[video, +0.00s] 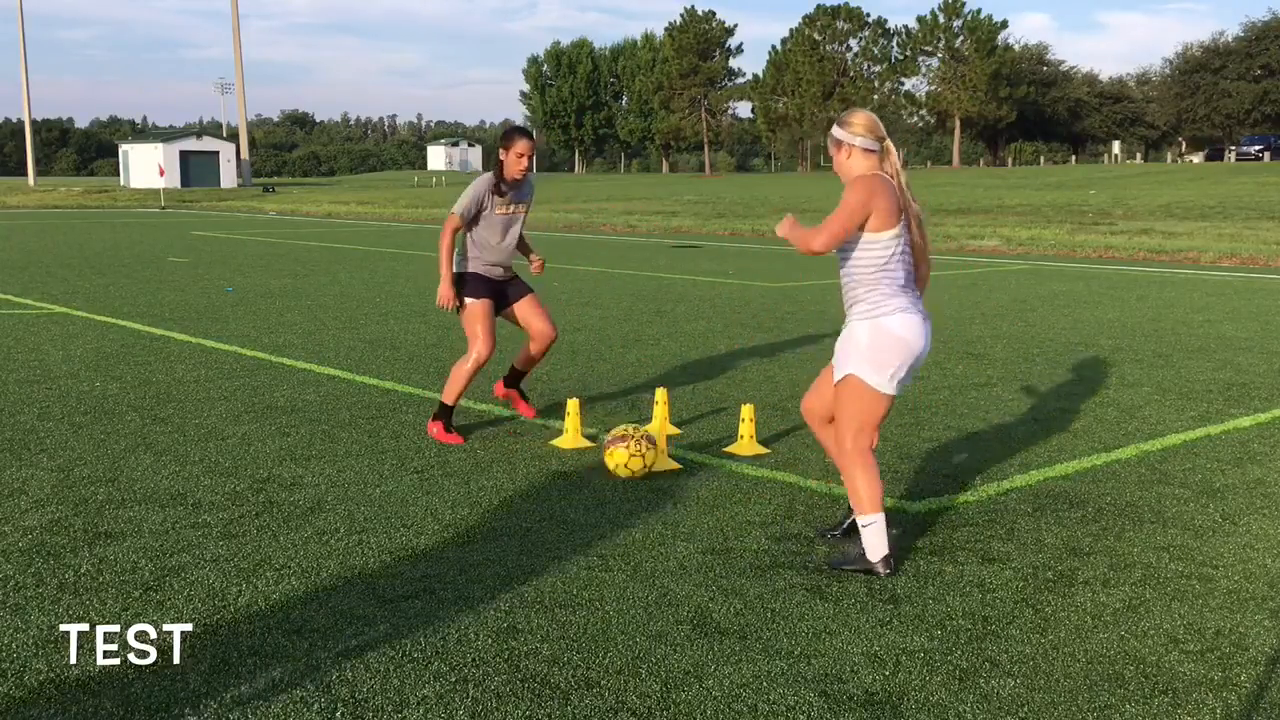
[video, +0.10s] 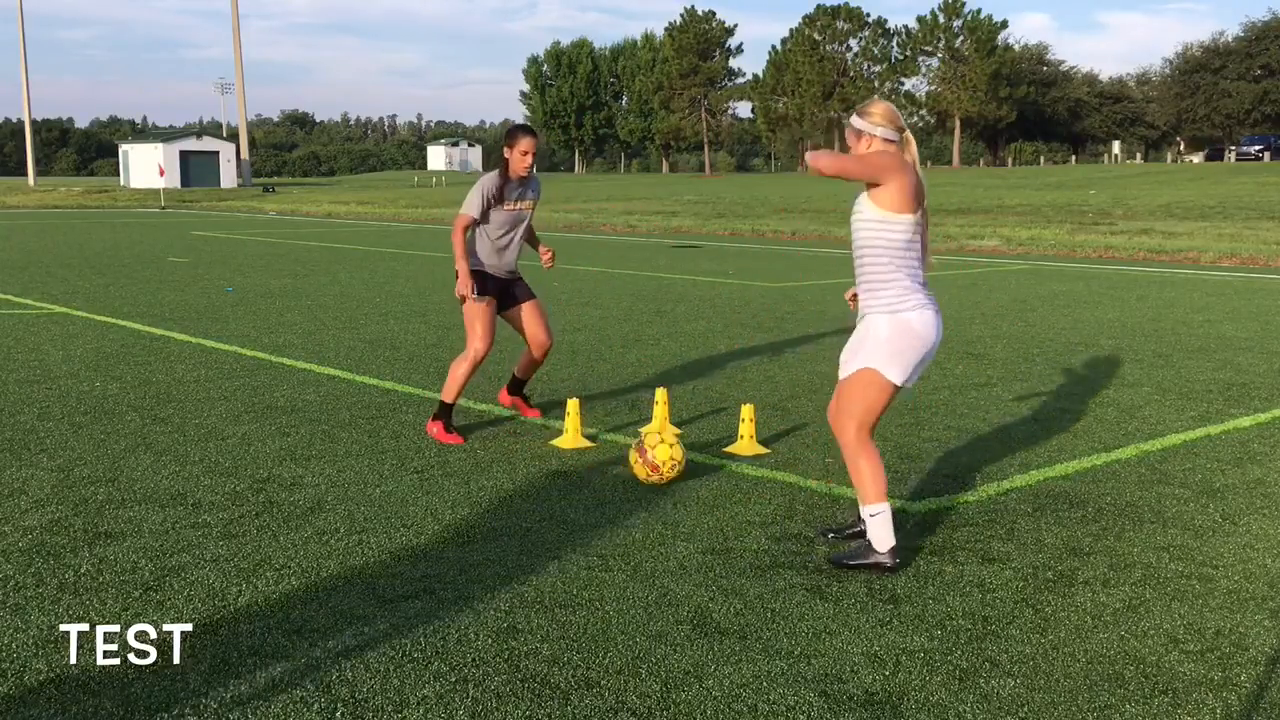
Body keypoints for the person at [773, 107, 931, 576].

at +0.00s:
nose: (832, 161)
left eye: (833, 152)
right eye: (832, 152)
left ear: (847, 149)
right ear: (873, 150)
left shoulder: (864, 187)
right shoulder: (894, 192)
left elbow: (821, 242)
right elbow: (921, 265)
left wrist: (792, 231)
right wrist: (901, 308)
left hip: (881, 327)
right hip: (901, 323)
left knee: (855, 440)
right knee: (815, 407)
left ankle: (877, 554)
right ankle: (865, 506)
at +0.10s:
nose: (849, 146)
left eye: (853, 137)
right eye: (849, 138)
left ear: (871, 136)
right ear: (888, 138)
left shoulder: (892, 165)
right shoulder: (901, 178)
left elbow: (819, 163)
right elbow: (917, 261)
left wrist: (818, 158)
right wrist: (868, 288)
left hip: (903, 319)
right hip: (890, 316)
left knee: (851, 423)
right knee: (840, 413)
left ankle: (882, 546)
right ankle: (872, 519)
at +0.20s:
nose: (870, 127)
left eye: (876, 113)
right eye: (870, 117)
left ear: (896, 117)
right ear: (913, 121)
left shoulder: (911, 148)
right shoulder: (924, 169)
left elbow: (881, 105)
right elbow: (947, 237)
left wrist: (845, 120)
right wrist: (940, 273)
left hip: (909, 303)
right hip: (890, 304)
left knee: (858, 411)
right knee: (844, 404)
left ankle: (931, 504)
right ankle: (871, 514)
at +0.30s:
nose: (879, 152)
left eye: (882, 143)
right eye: (879, 143)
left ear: (900, 138)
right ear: (919, 138)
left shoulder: (920, 157)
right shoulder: (941, 175)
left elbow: (906, 169)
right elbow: (981, 230)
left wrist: (869, 186)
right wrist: (1029, 257)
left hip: (924, 311)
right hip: (895, 311)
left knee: (896, 424)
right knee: (832, 392)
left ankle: (950, 523)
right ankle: (859, 503)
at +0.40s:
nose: (887, 168)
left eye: (889, 158)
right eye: (886, 159)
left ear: (909, 151)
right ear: (920, 150)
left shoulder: (928, 186)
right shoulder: (953, 190)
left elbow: (918, 243)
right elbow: (1001, 239)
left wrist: (869, 272)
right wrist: (1054, 270)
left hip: (938, 324)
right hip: (912, 320)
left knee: (891, 429)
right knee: (838, 390)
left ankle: (950, 522)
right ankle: (829, 500)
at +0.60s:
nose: (905, 179)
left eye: (904, 168)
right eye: (902, 170)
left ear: (922, 160)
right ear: (940, 158)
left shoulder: (942, 202)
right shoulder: (971, 195)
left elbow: (935, 268)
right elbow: (1009, 253)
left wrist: (891, 313)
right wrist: (1014, 289)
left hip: (954, 327)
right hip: (962, 325)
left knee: (897, 422)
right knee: (864, 379)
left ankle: (950, 521)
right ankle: (823, 476)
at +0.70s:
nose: (912, 162)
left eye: (913, 154)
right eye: (911, 154)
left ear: (930, 148)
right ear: (952, 147)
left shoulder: (945, 184)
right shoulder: (981, 182)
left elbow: (940, 230)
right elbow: (1025, 225)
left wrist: (893, 271)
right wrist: (986, 253)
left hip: (959, 314)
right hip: (984, 313)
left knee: (914, 418)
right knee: (895, 370)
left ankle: (950, 521)